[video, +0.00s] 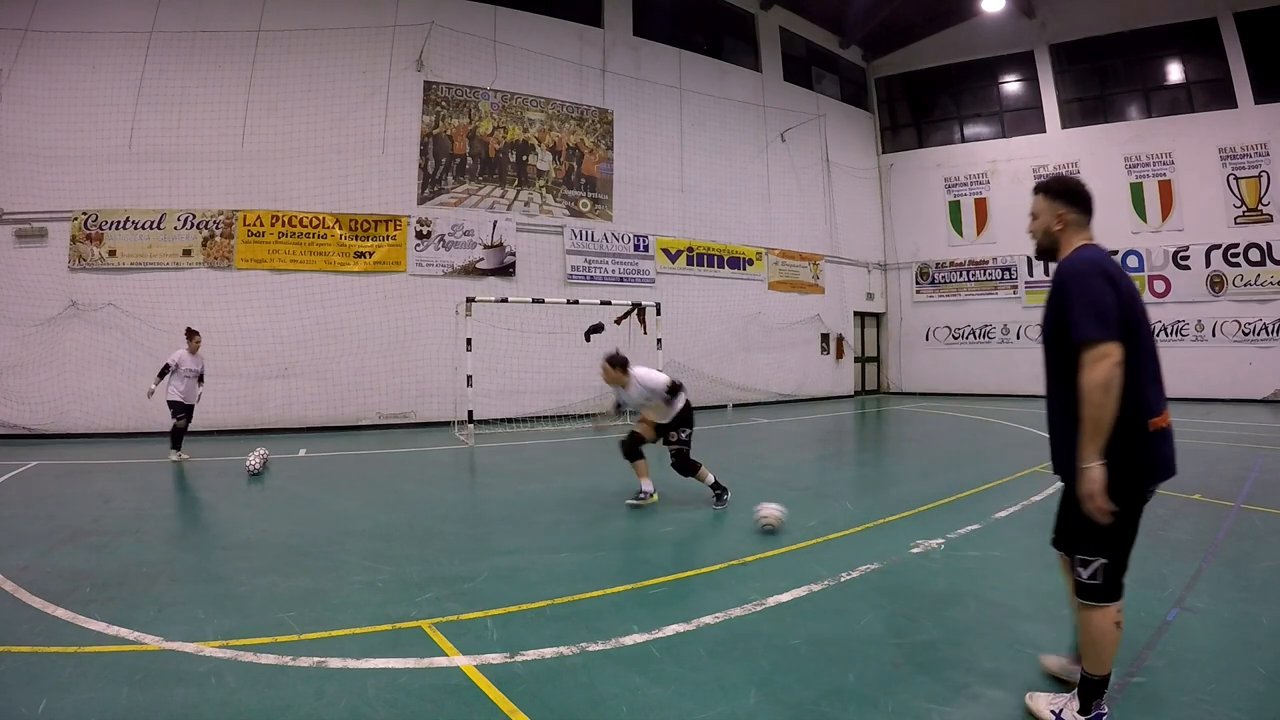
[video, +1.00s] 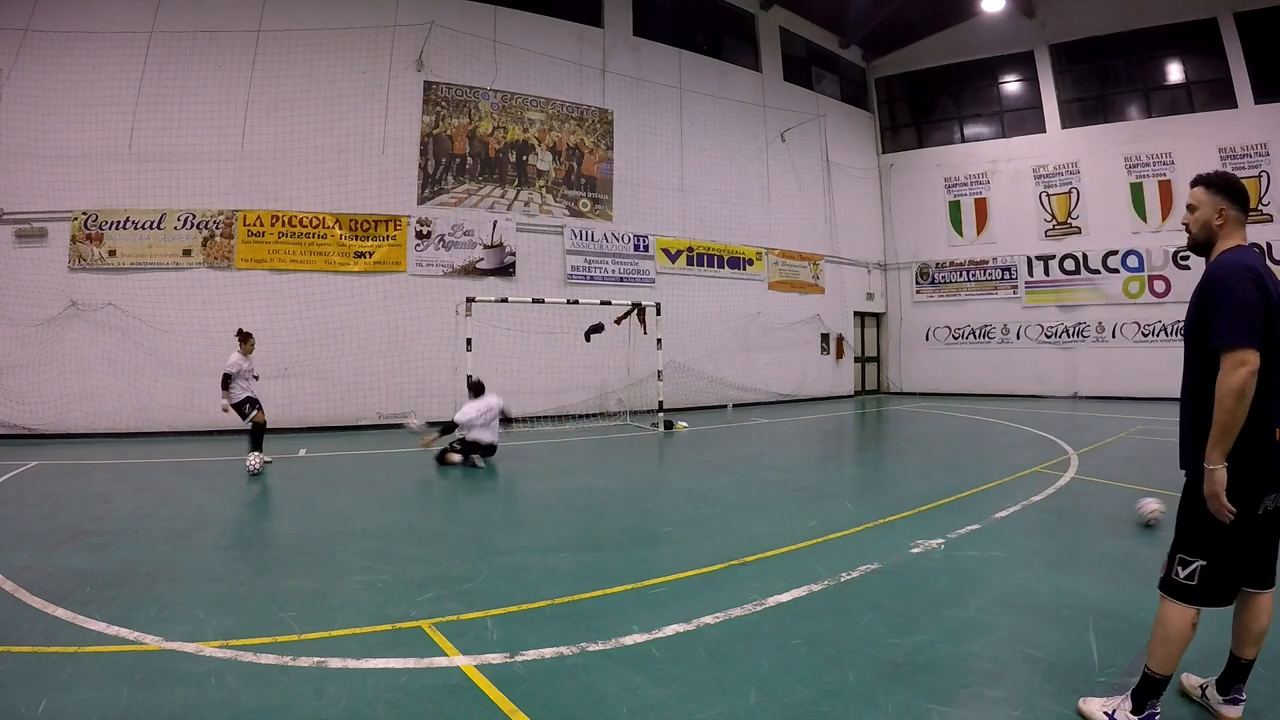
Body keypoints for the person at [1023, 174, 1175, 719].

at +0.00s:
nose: (1029, 227)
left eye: (1035, 217)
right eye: (1030, 217)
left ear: (1060, 218)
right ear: (1070, 219)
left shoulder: (1084, 271)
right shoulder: (1084, 267)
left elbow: (1104, 364)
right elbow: (1103, 364)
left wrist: (1090, 459)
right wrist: (1085, 454)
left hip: (1118, 455)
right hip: (1109, 450)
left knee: (1098, 579)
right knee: (1072, 550)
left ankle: (1091, 704)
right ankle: (1085, 658)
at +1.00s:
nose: (1183, 220)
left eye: (1192, 209)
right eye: (1186, 210)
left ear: (1223, 215)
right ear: (1230, 216)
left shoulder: (1231, 274)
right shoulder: (1254, 270)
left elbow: (1242, 368)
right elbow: (1255, 372)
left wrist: (1215, 461)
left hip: (1225, 466)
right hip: (1261, 462)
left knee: (1181, 590)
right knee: (1256, 583)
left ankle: (1140, 706)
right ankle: (1230, 693)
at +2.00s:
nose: (1135, 229)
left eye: (1143, 220)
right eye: (1136, 220)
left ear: (1171, 225)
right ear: (1177, 227)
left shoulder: (1182, 283)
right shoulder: (1207, 277)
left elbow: (1192, 373)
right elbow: (1211, 373)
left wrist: (1176, 461)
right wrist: (1182, 455)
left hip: (1184, 462)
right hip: (1220, 459)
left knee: (1157, 576)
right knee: (1210, 570)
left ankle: (1127, 677)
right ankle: (1223, 685)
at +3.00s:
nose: (1148, 238)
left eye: (1154, 231)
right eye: (1151, 230)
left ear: (1176, 238)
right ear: (1185, 239)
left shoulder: (1189, 291)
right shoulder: (1204, 285)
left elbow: (1202, 370)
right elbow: (1208, 369)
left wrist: (1185, 447)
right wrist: (1184, 439)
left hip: (1184, 449)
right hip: (1211, 446)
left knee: (1163, 556)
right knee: (1200, 545)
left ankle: (1150, 670)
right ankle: (1188, 637)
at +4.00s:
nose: (1143, 234)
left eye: (1150, 226)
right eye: (1146, 226)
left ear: (1171, 234)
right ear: (1181, 236)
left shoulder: (1181, 285)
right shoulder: (1201, 283)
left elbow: (1186, 365)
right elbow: (1204, 367)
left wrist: (1156, 440)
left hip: (1183, 446)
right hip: (1209, 443)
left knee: (1166, 558)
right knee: (1198, 546)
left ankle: (1151, 670)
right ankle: (1187, 637)